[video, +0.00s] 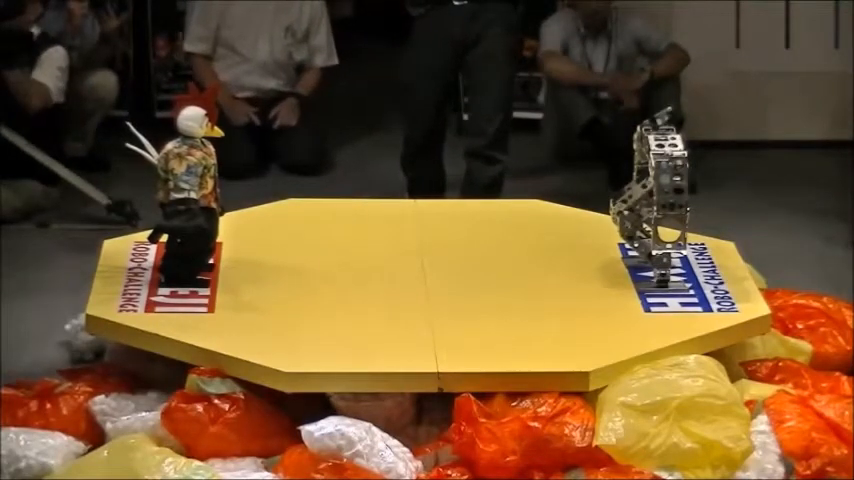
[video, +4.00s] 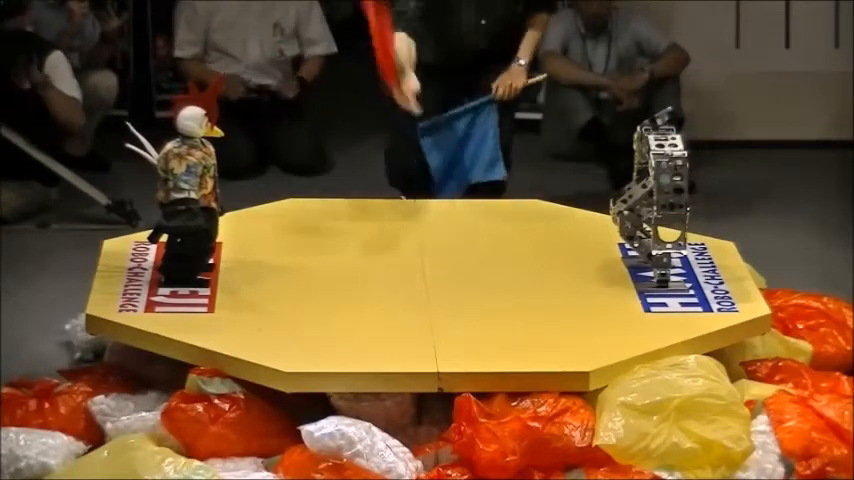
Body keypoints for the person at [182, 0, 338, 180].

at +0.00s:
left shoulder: (310, 5)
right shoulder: (212, 5)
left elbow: (316, 64)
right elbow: (198, 56)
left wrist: (294, 100)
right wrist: (228, 102)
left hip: (284, 99)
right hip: (232, 99)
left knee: (306, 160)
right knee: (237, 164)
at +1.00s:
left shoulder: (302, 5)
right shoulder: (203, 5)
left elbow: (312, 61)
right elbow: (192, 61)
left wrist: (291, 100)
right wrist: (226, 105)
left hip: (280, 97)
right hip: (229, 101)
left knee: (305, 160)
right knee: (236, 163)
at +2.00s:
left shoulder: (302, 5)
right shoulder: (201, 5)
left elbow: (312, 60)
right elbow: (191, 60)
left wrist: (291, 100)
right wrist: (226, 105)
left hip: (280, 98)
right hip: (228, 102)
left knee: (306, 160)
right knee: (237, 163)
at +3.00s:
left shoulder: (301, 5)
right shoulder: (202, 5)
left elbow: (310, 62)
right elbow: (191, 62)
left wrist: (291, 100)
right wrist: (226, 106)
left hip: (279, 99)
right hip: (227, 102)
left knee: (307, 161)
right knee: (238, 163)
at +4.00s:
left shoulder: (301, 5)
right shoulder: (196, 6)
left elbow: (317, 49)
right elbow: (187, 59)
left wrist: (299, 81)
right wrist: (220, 82)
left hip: (280, 97)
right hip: (229, 99)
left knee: (306, 161)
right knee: (237, 164)